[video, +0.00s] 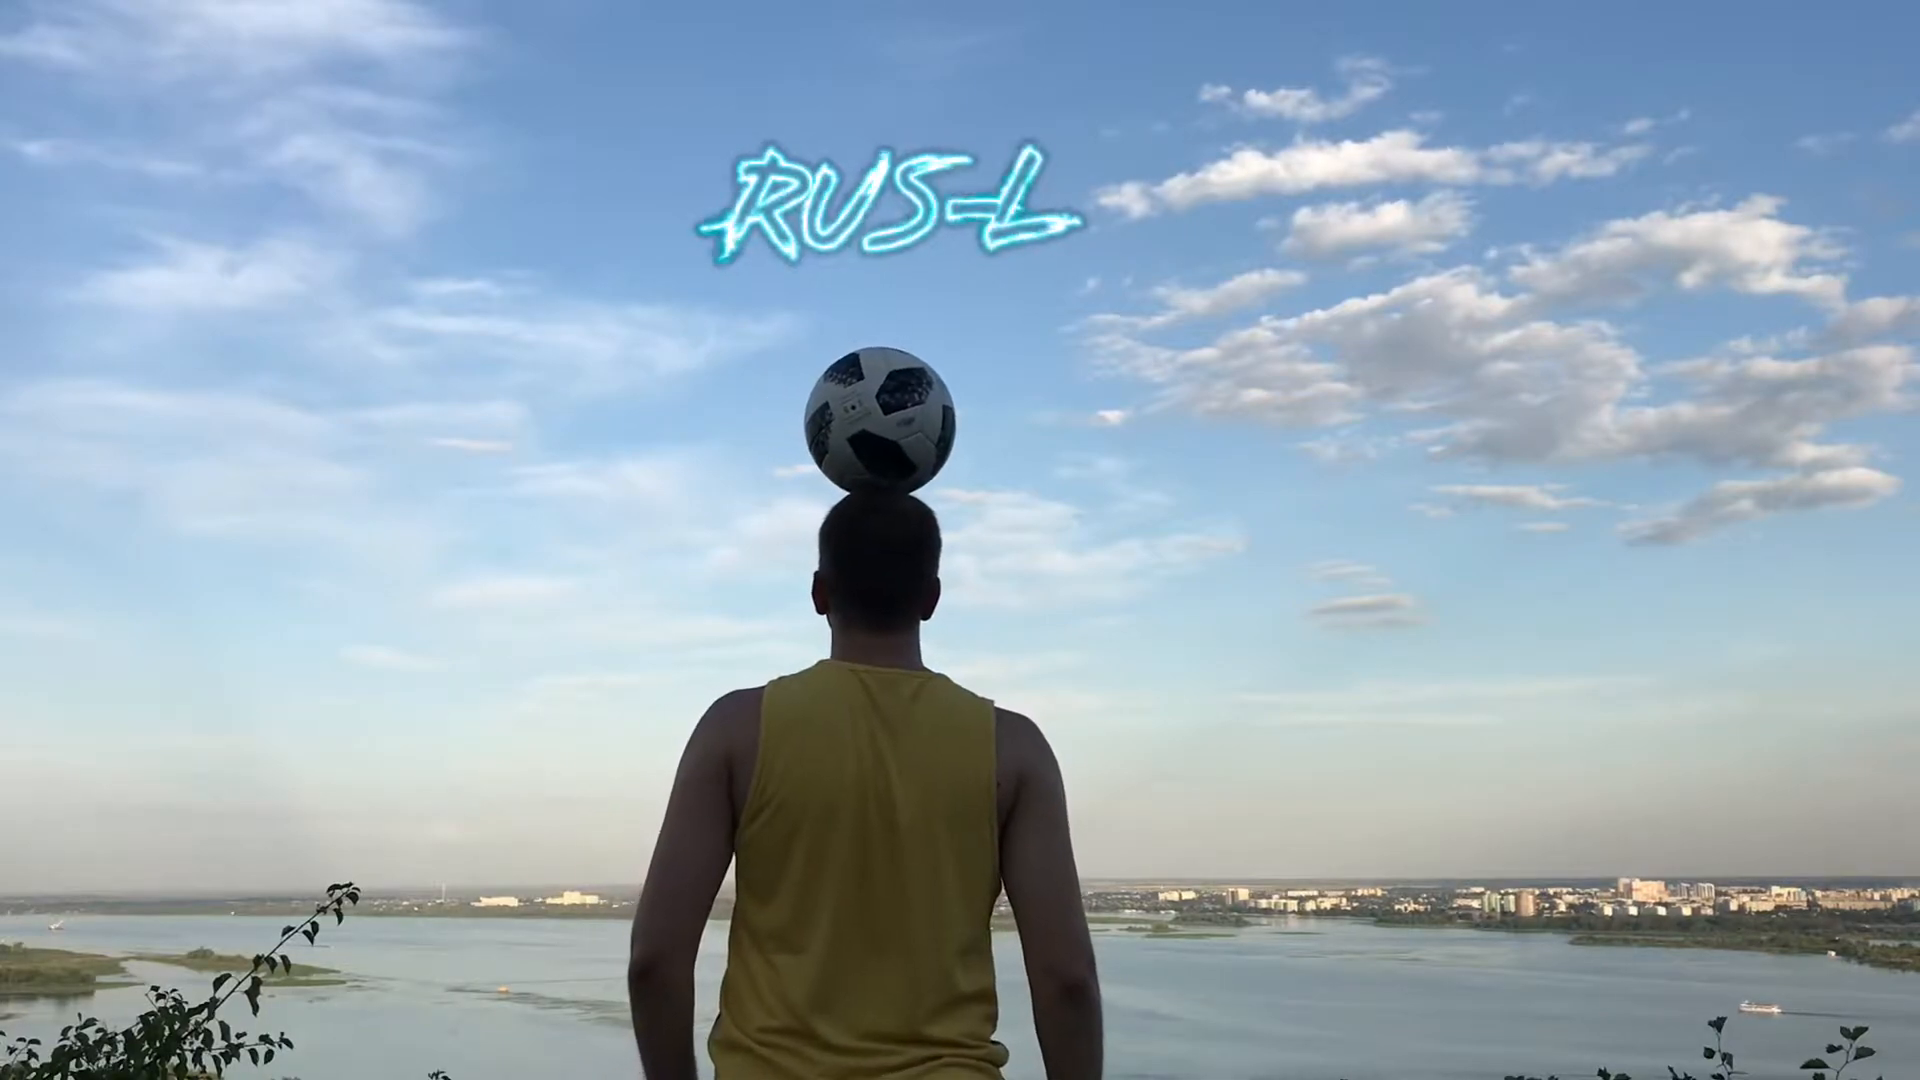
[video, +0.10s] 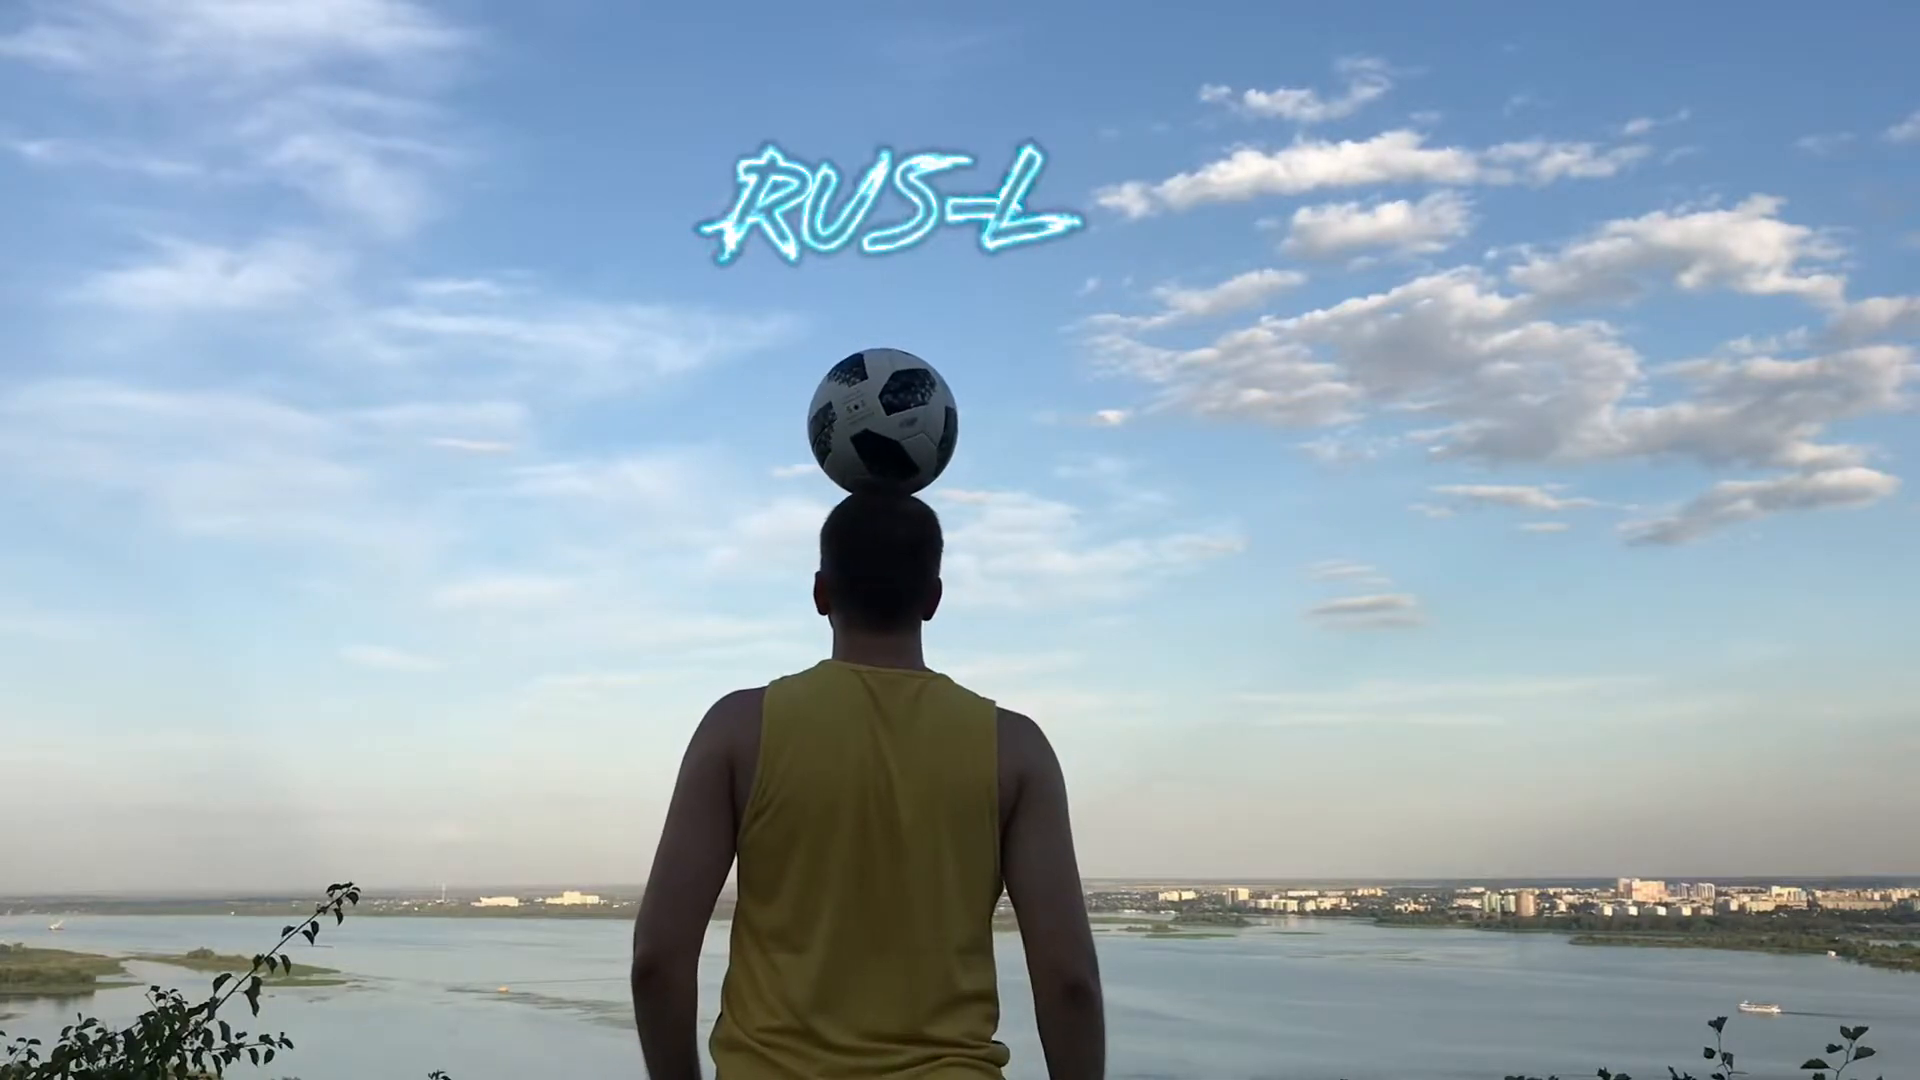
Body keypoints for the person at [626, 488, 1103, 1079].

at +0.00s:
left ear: (818, 591)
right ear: (934, 597)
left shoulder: (737, 726)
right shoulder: (1011, 744)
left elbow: (655, 963)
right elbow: (1068, 983)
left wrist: (675, 1072)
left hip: (770, 1059)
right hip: (950, 1062)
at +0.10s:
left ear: (820, 591)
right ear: (935, 597)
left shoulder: (739, 727)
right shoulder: (1012, 744)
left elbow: (658, 961)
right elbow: (1070, 983)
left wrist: (678, 1071)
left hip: (771, 1059)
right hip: (951, 1061)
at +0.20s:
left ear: (821, 593)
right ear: (936, 598)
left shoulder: (741, 727)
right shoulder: (1013, 744)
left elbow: (660, 962)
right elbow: (1071, 982)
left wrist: (681, 1070)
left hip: (772, 1058)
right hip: (952, 1060)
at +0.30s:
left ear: (824, 593)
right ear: (939, 599)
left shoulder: (742, 727)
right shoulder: (1015, 745)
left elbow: (662, 962)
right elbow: (1072, 983)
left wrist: (683, 1071)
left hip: (774, 1058)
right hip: (953, 1061)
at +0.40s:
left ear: (831, 594)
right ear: (945, 601)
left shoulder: (749, 727)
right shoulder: (1020, 746)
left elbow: (667, 960)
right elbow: (1075, 985)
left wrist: (687, 1070)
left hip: (779, 1057)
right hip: (958, 1060)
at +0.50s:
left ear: (843, 597)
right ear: (958, 603)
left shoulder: (760, 726)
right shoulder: (1031, 747)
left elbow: (675, 958)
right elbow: (1083, 985)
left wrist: (693, 1071)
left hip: (788, 1058)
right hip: (966, 1061)